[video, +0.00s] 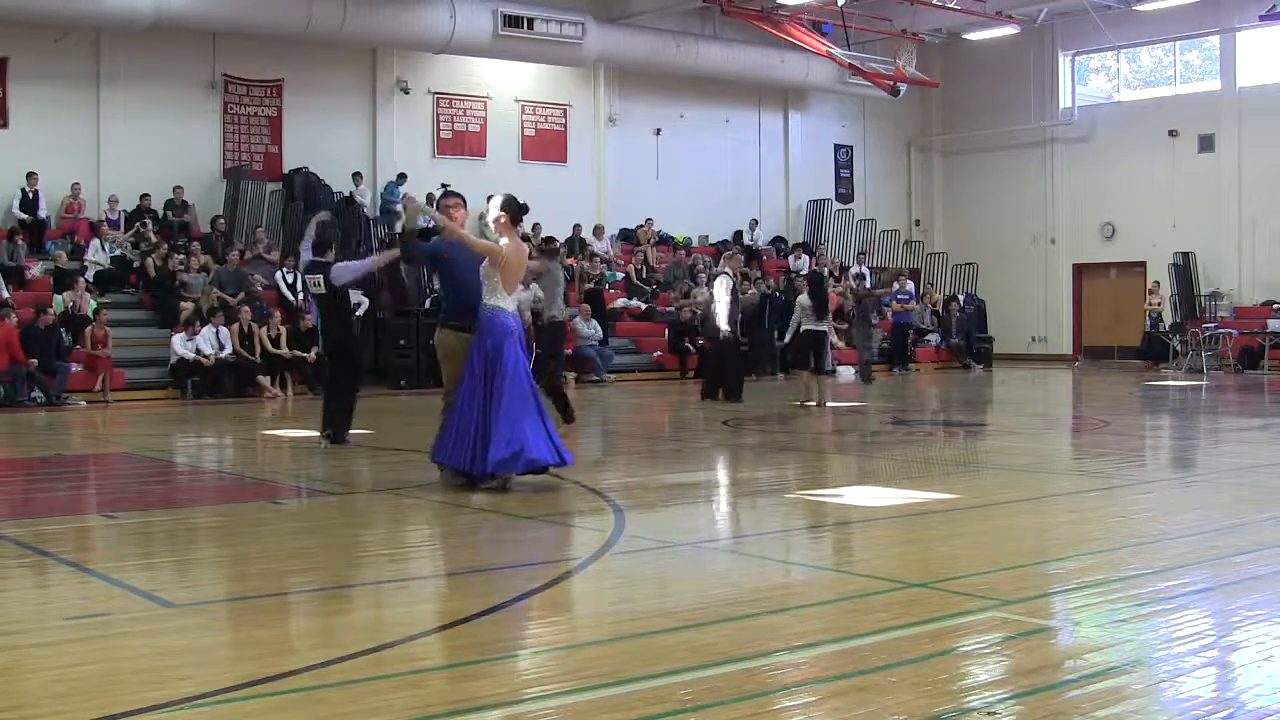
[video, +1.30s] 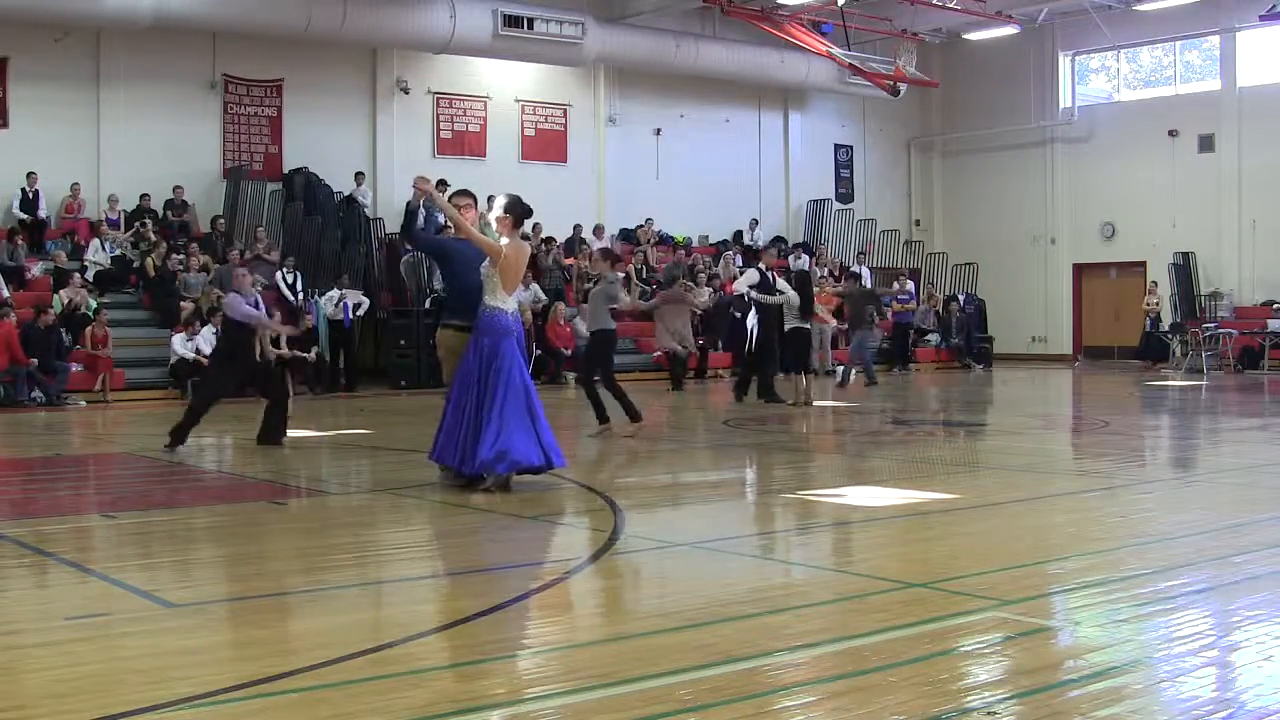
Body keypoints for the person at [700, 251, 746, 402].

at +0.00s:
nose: (740, 265)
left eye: (740, 262)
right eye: (738, 261)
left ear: (731, 262)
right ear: (728, 261)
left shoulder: (730, 279)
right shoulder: (724, 279)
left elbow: (727, 304)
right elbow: (722, 304)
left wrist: (731, 327)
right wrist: (724, 327)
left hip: (728, 329)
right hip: (725, 329)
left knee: (716, 362)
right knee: (731, 363)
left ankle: (709, 393)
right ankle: (732, 394)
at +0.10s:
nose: (744, 265)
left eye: (744, 262)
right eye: (741, 262)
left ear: (732, 263)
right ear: (731, 262)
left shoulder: (729, 279)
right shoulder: (727, 280)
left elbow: (731, 305)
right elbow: (732, 304)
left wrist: (737, 327)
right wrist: (737, 327)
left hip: (725, 321)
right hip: (725, 322)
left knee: (725, 357)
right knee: (732, 357)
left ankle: (711, 390)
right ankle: (733, 394)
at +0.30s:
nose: (748, 266)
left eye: (749, 263)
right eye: (746, 263)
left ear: (741, 264)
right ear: (737, 263)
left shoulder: (736, 280)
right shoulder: (729, 280)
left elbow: (741, 304)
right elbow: (740, 301)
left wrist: (747, 322)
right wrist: (757, 317)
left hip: (735, 322)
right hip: (728, 322)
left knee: (737, 357)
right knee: (734, 357)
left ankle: (733, 392)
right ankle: (732, 393)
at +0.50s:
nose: (753, 266)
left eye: (754, 262)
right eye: (750, 262)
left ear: (754, 264)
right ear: (741, 262)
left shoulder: (748, 282)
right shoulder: (731, 280)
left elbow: (749, 303)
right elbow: (740, 303)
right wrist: (758, 305)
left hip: (747, 324)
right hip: (733, 324)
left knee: (756, 358)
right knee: (735, 362)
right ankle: (732, 396)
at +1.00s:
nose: (767, 261)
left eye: (767, 258)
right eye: (765, 257)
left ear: (762, 259)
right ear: (757, 258)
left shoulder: (763, 277)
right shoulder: (747, 274)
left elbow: (766, 298)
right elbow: (740, 294)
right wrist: (759, 304)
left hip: (764, 317)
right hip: (752, 317)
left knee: (764, 354)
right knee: (751, 353)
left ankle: (766, 391)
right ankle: (738, 389)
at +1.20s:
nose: (773, 260)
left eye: (774, 257)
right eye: (770, 257)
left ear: (774, 259)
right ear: (761, 257)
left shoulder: (771, 277)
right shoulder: (753, 273)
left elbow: (781, 295)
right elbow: (737, 286)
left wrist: (790, 306)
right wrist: (753, 295)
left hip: (770, 321)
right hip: (756, 320)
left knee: (768, 355)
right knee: (754, 355)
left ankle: (767, 391)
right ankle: (740, 388)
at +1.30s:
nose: (775, 259)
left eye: (775, 257)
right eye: (772, 256)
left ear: (773, 259)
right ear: (763, 256)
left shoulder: (773, 276)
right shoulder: (754, 273)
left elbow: (787, 289)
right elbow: (737, 287)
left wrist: (797, 299)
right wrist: (752, 293)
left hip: (771, 320)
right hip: (757, 320)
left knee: (765, 354)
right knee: (759, 354)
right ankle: (740, 388)